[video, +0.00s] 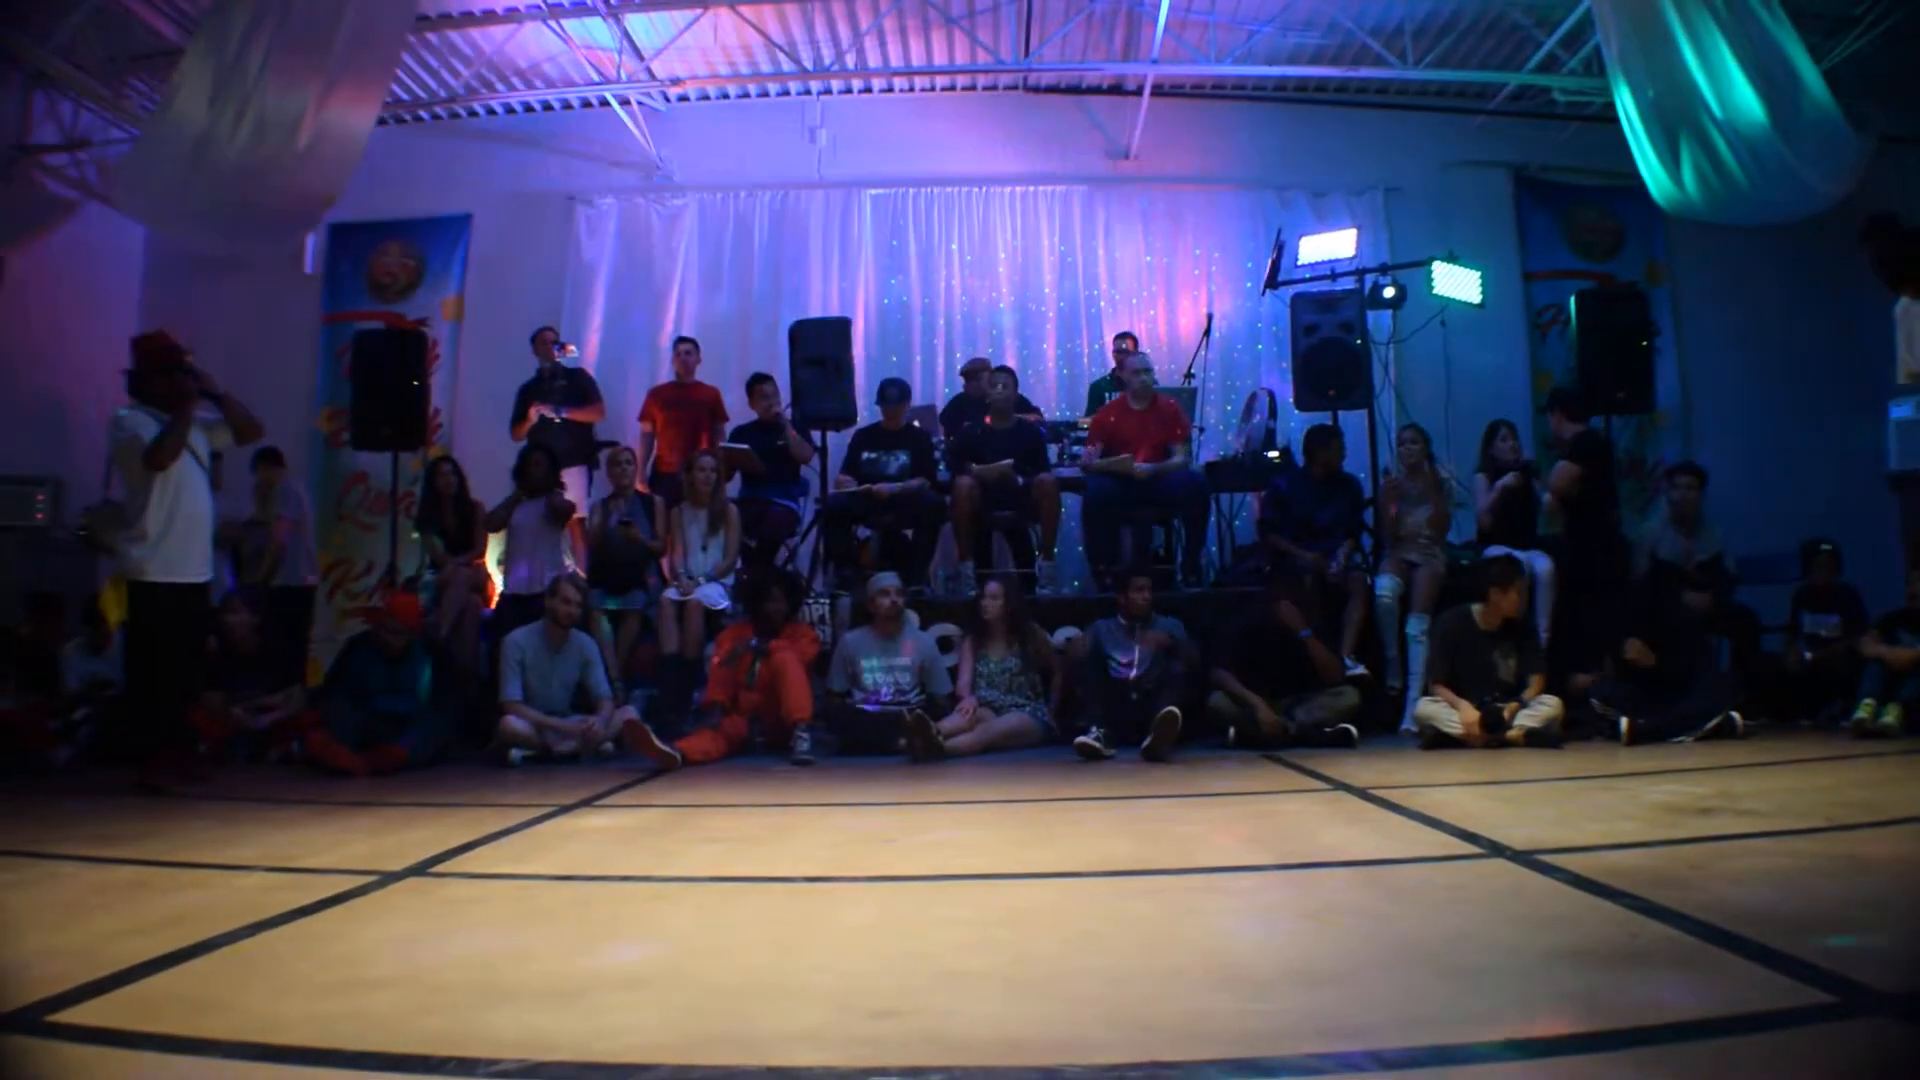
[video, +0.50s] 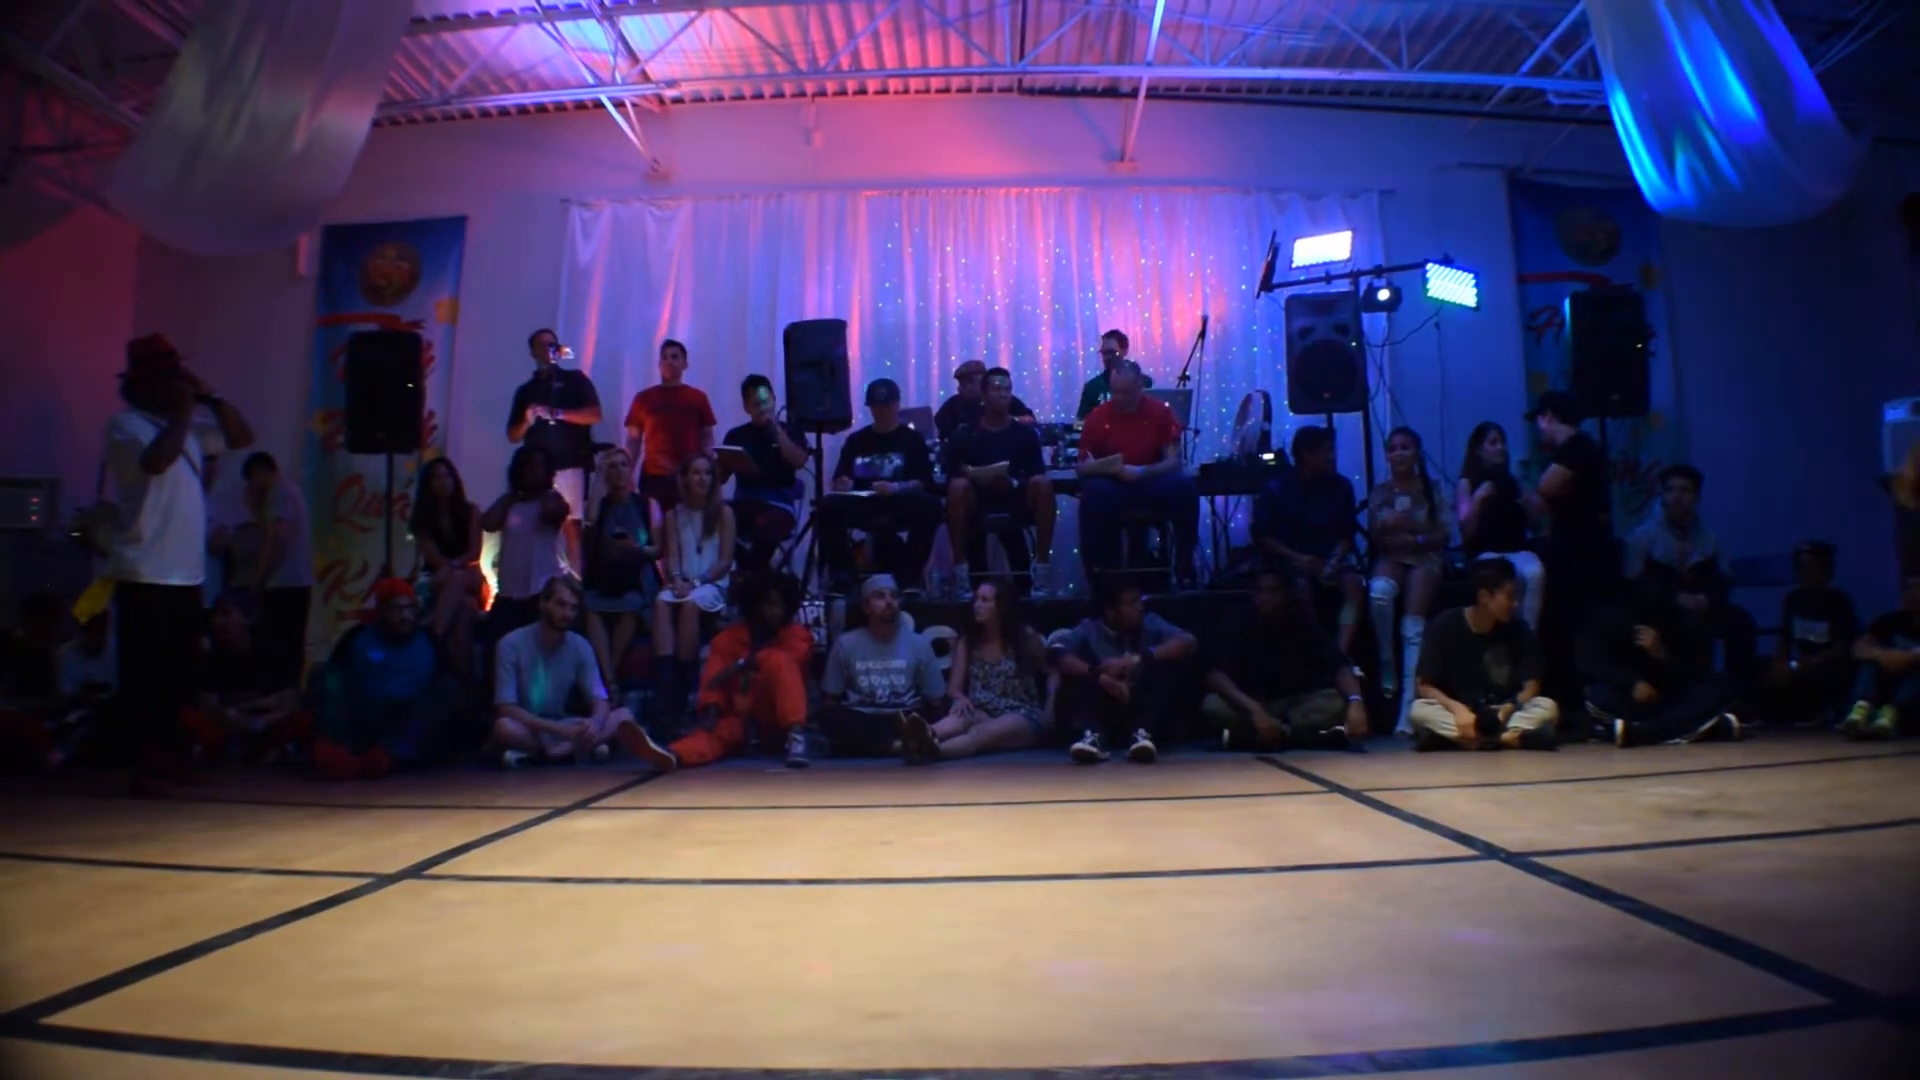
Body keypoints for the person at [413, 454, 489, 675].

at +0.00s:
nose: (448, 480)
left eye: (452, 474)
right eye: (441, 476)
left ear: (459, 478)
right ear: (433, 481)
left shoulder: (474, 509)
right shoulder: (428, 511)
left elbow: (480, 550)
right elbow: (435, 554)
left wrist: (453, 563)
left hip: (474, 571)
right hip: (442, 574)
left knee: (459, 574)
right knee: (471, 602)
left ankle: (440, 633)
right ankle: (465, 668)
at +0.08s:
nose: (448, 481)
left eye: (452, 475)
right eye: (441, 476)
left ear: (459, 479)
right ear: (432, 482)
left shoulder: (473, 510)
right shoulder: (427, 513)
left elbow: (479, 551)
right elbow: (435, 553)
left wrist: (455, 564)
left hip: (471, 572)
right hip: (441, 575)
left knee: (460, 580)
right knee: (469, 603)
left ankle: (440, 636)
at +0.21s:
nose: (446, 482)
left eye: (450, 476)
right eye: (439, 477)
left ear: (457, 479)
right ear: (430, 483)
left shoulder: (472, 510)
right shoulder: (424, 513)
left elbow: (477, 551)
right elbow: (432, 554)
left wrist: (453, 565)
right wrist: (460, 568)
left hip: (471, 572)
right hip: (439, 574)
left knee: (459, 575)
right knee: (467, 603)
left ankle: (437, 633)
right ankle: (463, 669)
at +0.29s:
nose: (445, 482)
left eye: (449, 477)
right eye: (439, 478)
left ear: (456, 480)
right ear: (429, 483)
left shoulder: (470, 510)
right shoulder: (423, 513)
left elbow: (476, 551)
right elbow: (430, 554)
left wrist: (451, 565)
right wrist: (459, 568)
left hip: (470, 572)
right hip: (438, 575)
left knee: (459, 576)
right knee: (468, 604)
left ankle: (437, 632)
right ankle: (462, 669)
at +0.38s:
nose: (444, 483)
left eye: (448, 477)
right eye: (438, 478)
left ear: (455, 480)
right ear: (428, 483)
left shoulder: (470, 510)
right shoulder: (423, 513)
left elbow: (476, 552)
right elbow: (430, 555)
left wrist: (451, 565)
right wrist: (459, 569)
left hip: (469, 571)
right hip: (438, 574)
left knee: (458, 576)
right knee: (467, 604)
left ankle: (437, 632)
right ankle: (461, 668)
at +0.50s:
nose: (443, 483)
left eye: (447, 477)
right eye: (437, 478)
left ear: (454, 480)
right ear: (428, 484)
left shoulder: (470, 511)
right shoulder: (423, 514)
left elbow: (475, 552)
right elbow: (429, 553)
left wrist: (452, 565)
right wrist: (453, 569)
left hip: (469, 572)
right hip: (437, 575)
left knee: (456, 578)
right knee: (465, 604)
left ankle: (435, 633)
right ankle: (461, 671)